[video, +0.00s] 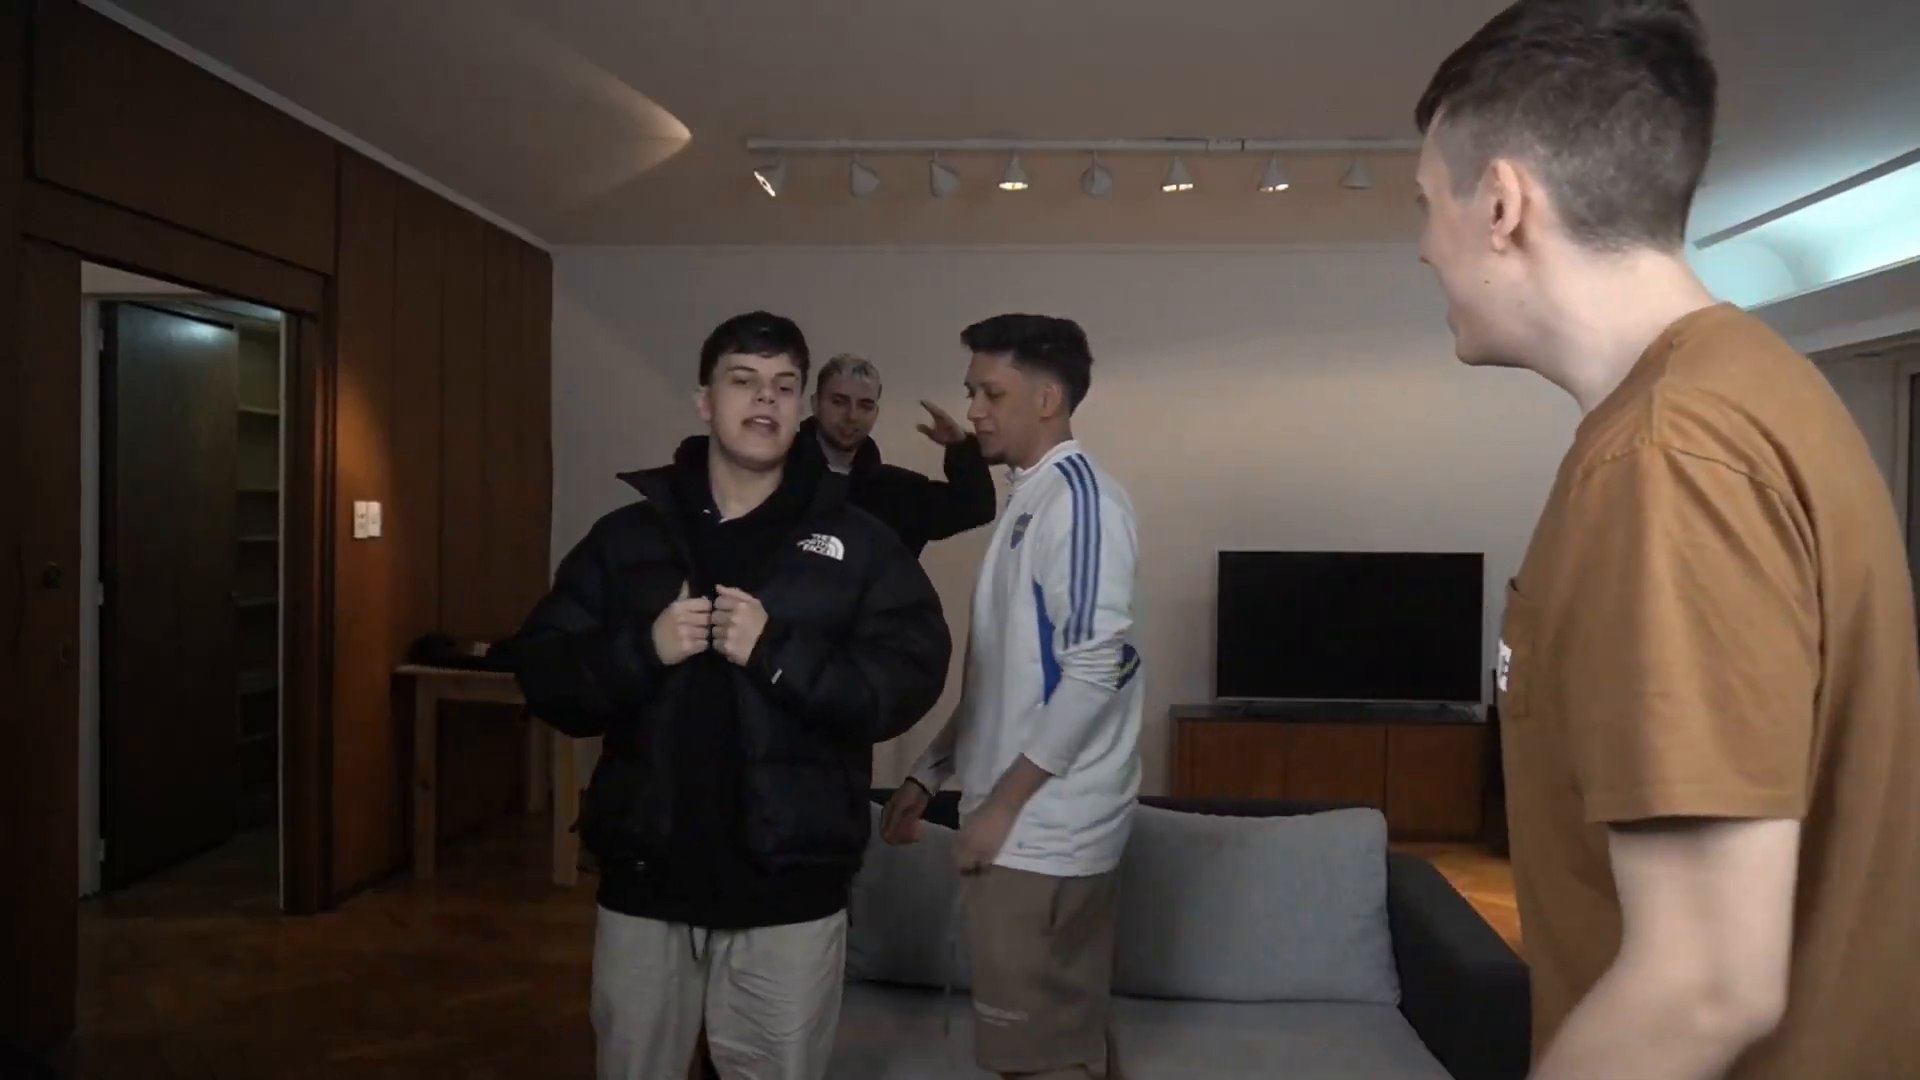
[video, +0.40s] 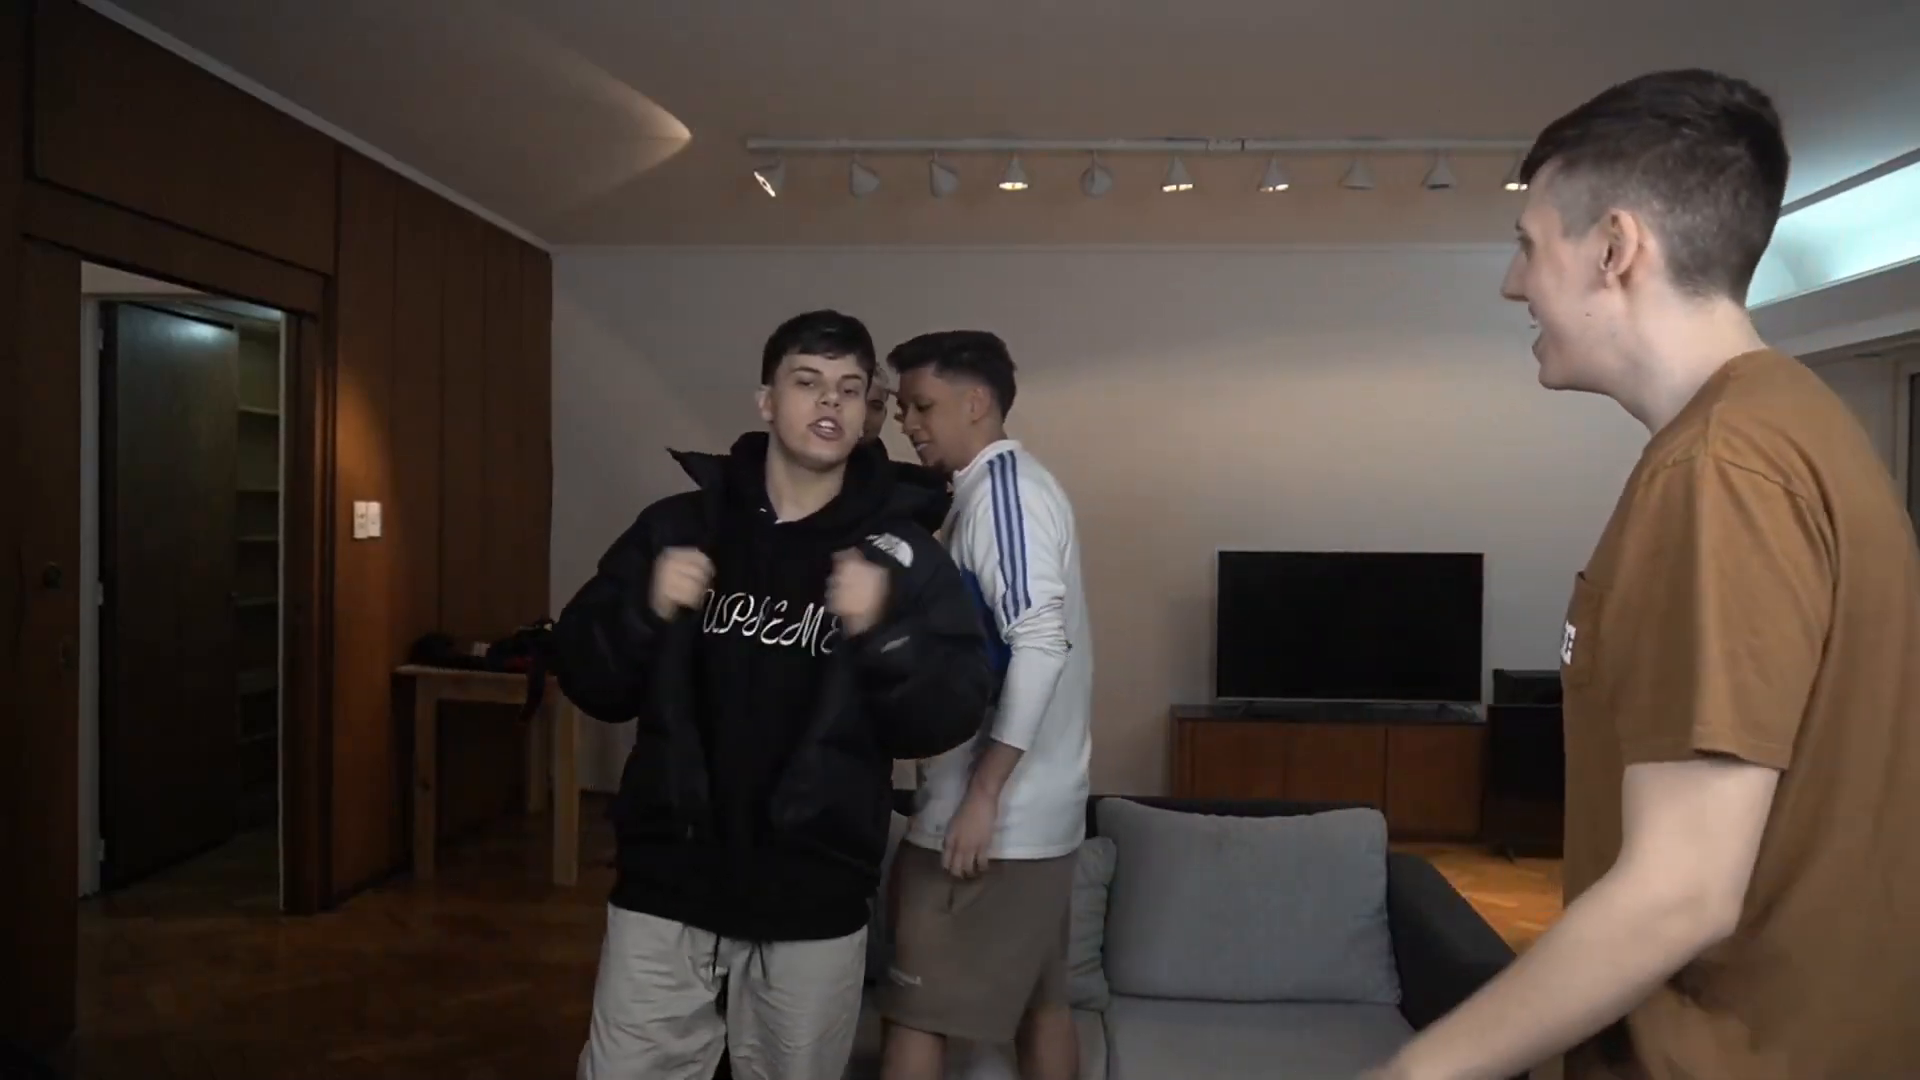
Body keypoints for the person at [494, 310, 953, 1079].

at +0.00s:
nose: (765, 398)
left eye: (785, 385)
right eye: (743, 381)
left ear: (805, 410)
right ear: (704, 406)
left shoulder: (860, 546)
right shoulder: (631, 534)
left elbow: (906, 680)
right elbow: (546, 674)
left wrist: (774, 649)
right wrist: (645, 648)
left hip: (789, 890)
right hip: (646, 881)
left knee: (775, 1071)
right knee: (633, 1069)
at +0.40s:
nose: (830, 402)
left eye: (851, 388)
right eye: (807, 382)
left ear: (870, 416)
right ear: (765, 403)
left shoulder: (903, 553)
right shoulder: (681, 526)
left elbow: (947, 718)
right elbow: (589, 679)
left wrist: (882, 627)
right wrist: (645, 604)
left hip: (811, 895)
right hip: (669, 883)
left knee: (796, 1071)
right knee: (629, 1069)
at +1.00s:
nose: (706, 390)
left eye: (726, 369)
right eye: (679, 370)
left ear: (751, 392)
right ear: (636, 392)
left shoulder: (799, 546)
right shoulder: (562, 547)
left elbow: (876, 705)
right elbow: (497, 721)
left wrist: (809, 658)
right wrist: (682, 684)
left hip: (764, 935)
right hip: (607, 943)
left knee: (779, 1068)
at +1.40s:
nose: (592, 381)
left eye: (611, 356)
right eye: (558, 360)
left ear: (639, 369)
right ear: (509, 384)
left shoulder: (734, 510)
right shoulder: (463, 567)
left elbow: (849, 657)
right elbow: (391, 749)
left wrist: (714, 616)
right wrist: (589, 713)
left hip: (730, 954)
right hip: (556, 972)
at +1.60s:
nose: (614, 383)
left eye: (629, 355)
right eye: (577, 362)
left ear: (654, 365)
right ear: (525, 388)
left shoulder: (768, 523)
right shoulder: (476, 557)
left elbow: (880, 668)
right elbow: (374, 735)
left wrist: (747, 689)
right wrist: (496, 748)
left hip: (734, 976)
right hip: (545, 985)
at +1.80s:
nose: (683, 393)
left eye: (695, 360)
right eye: (642, 373)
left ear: (719, 362)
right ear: (591, 396)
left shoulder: (826, 515)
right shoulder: (545, 539)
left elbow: (979, 636)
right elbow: (429, 690)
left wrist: (857, 719)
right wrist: (488, 748)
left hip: (779, 989)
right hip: (592, 985)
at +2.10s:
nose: (799, 391)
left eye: (815, 357)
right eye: (760, 366)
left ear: (843, 361)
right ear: (708, 383)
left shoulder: (952, 525)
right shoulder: (652, 526)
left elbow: (1088, 675)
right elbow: (555, 676)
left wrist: (950, 760)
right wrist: (566, 733)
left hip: (870, 1003)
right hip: (677, 995)